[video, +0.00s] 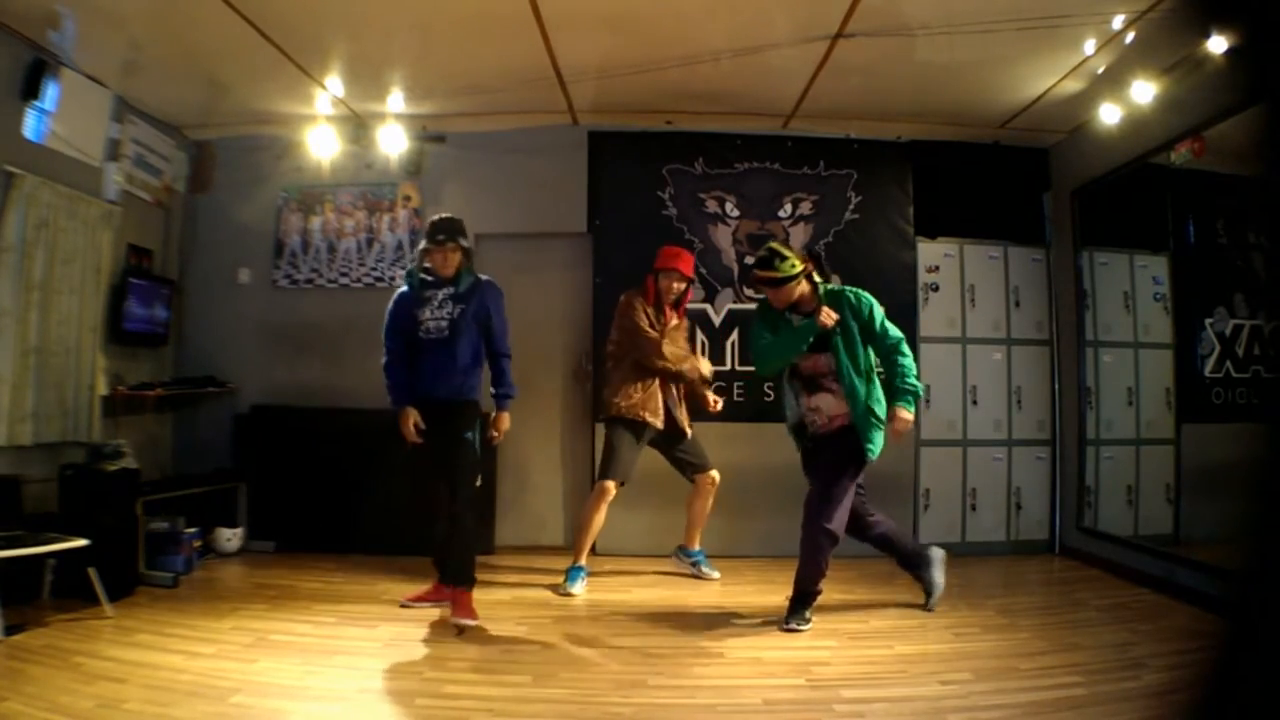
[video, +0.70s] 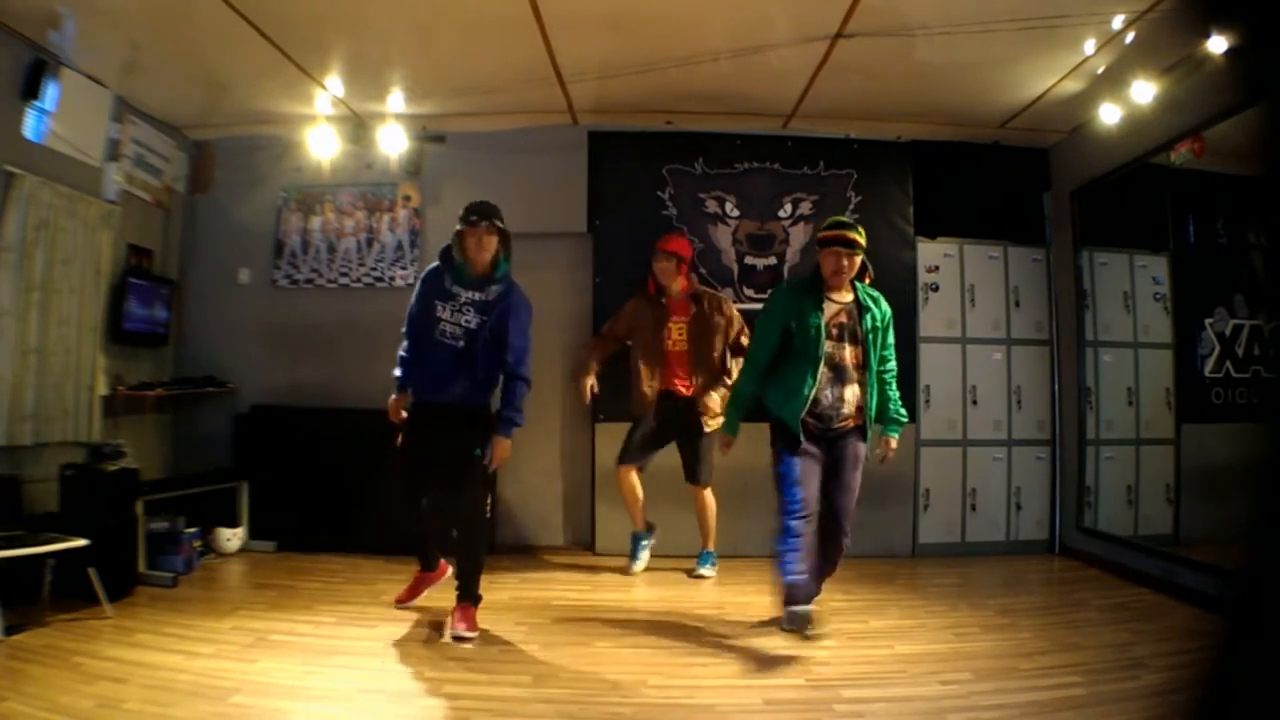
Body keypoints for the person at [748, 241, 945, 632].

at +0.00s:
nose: (768, 295)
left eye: (774, 286)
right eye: (764, 287)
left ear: (800, 276)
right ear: (763, 285)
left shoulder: (852, 303)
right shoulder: (769, 317)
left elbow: (895, 346)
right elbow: (762, 361)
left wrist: (904, 399)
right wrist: (810, 327)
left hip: (854, 429)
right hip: (810, 437)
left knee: (820, 517)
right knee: (856, 518)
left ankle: (801, 603)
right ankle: (924, 561)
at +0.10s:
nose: (773, 288)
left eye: (780, 281)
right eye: (770, 280)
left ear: (804, 276)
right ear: (769, 278)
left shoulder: (853, 301)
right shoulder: (768, 310)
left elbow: (893, 351)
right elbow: (761, 357)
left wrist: (910, 409)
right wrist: (818, 338)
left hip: (848, 428)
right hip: (801, 433)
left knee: (821, 514)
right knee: (816, 516)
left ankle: (802, 601)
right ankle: (879, 549)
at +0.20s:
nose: (783, 283)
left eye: (791, 277)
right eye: (780, 275)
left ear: (815, 275)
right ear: (777, 273)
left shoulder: (860, 302)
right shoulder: (770, 308)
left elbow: (890, 356)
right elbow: (763, 360)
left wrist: (909, 413)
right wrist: (821, 367)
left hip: (841, 435)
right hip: (793, 435)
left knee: (822, 525)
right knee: (781, 515)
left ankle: (801, 603)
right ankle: (823, 540)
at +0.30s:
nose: (805, 280)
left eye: (815, 272)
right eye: (798, 271)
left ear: (831, 271)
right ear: (787, 269)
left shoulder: (864, 305)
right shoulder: (773, 308)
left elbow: (888, 362)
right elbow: (767, 372)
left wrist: (904, 418)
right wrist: (806, 414)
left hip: (844, 439)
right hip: (788, 434)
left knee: (826, 527)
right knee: (753, 511)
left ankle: (800, 602)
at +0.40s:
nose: (819, 277)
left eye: (828, 269)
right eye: (811, 268)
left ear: (843, 270)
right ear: (799, 268)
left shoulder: (868, 309)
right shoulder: (779, 309)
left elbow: (885, 370)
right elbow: (765, 379)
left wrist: (894, 424)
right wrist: (767, 444)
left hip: (844, 440)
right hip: (789, 436)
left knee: (830, 529)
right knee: (740, 510)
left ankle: (799, 601)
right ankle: (686, 558)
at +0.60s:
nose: (836, 272)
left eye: (844, 264)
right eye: (828, 263)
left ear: (856, 267)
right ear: (814, 263)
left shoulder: (872, 311)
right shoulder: (787, 304)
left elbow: (882, 373)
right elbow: (754, 368)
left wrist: (886, 428)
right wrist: (726, 429)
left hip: (847, 436)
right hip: (792, 432)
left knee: (839, 527)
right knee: (760, 514)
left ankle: (800, 600)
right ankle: (719, 597)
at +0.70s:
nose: (839, 264)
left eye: (847, 256)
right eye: (831, 255)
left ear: (859, 261)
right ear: (818, 258)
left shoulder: (875, 308)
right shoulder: (789, 298)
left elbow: (886, 370)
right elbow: (757, 359)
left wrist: (892, 422)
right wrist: (733, 419)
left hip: (850, 429)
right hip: (797, 426)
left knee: (838, 519)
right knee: (799, 510)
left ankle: (806, 591)